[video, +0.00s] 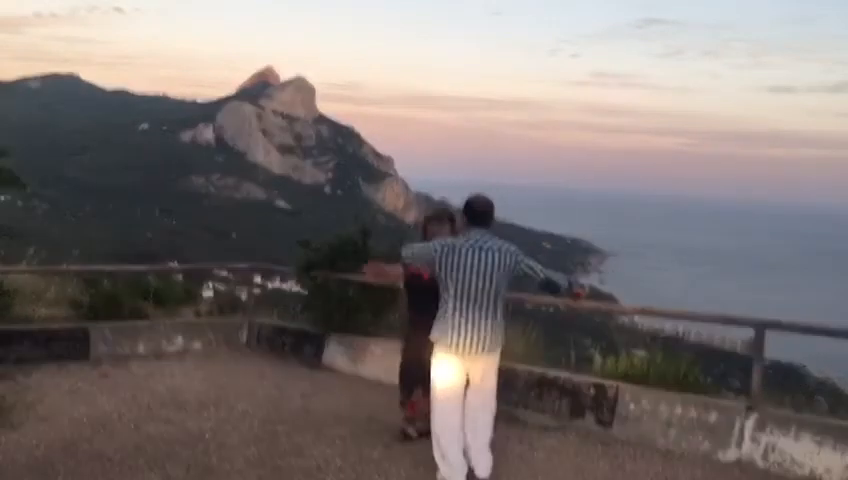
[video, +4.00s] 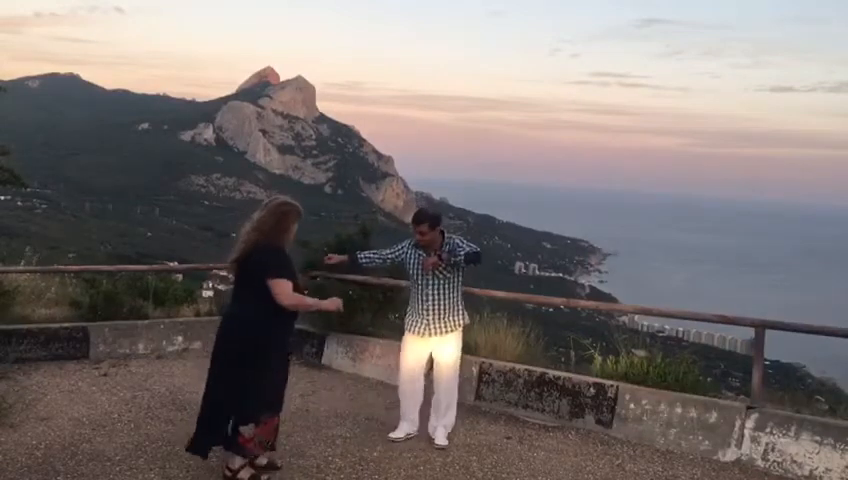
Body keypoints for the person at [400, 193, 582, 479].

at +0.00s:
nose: (460, 221)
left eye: (461, 217)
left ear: (463, 218)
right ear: (492, 220)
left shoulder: (445, 246)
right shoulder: (506, 251)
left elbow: (408, 253)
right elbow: (544, 276)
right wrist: (571, 286)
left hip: (449, 338)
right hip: (488, 341)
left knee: (446, 406)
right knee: (482, 404)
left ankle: (451, 471)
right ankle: (481, 468)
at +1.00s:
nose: (427, 227)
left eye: (428, 222)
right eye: (428, 222)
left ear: (435, 223)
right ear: (452, 222)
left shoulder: (432, 247)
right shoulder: (472, 247)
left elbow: (395, 260)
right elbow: (496, 267)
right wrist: (480, 263)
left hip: (437, 332)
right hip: (466, 331)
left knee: (431, 390)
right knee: (450, 385)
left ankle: (440, 450)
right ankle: (454, 441)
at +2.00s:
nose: (390, 225)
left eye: (394, 219)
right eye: (390, 219)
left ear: (407, 221)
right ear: (404, 221)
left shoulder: (423, 244)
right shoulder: (401, 246)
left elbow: (413, 264)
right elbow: (382, 252)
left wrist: (389, 256)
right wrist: (374, 247)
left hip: (414, 327)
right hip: (394, 325)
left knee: (400, 382)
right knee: (383, 376)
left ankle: (404, 436)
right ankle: (408, 420)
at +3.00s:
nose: (405, 222)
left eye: (410, 218)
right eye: (404, 217)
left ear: (425, 221)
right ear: (405, 219)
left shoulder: (440, 246)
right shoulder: (396, 246)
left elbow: (462, 261)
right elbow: (368, 254)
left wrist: (433, 262)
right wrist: (334, 255)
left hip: (428, 331)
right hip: (397, 329)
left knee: (422, 384)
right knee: (390, 379)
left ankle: (418, 433)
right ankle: (393, 425)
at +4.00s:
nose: (418, 239)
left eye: (423, 234)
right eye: (416, 234)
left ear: (438, 230)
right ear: (413, 230)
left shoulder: (454, 244)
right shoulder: (409, 248)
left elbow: (476, 256)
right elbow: (381, 257)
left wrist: (444, 259)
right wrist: (345, 259)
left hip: (448, 327)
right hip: (416, 327)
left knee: (446, 381)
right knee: (408, 377)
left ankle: (441, 428)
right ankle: (408, 425)